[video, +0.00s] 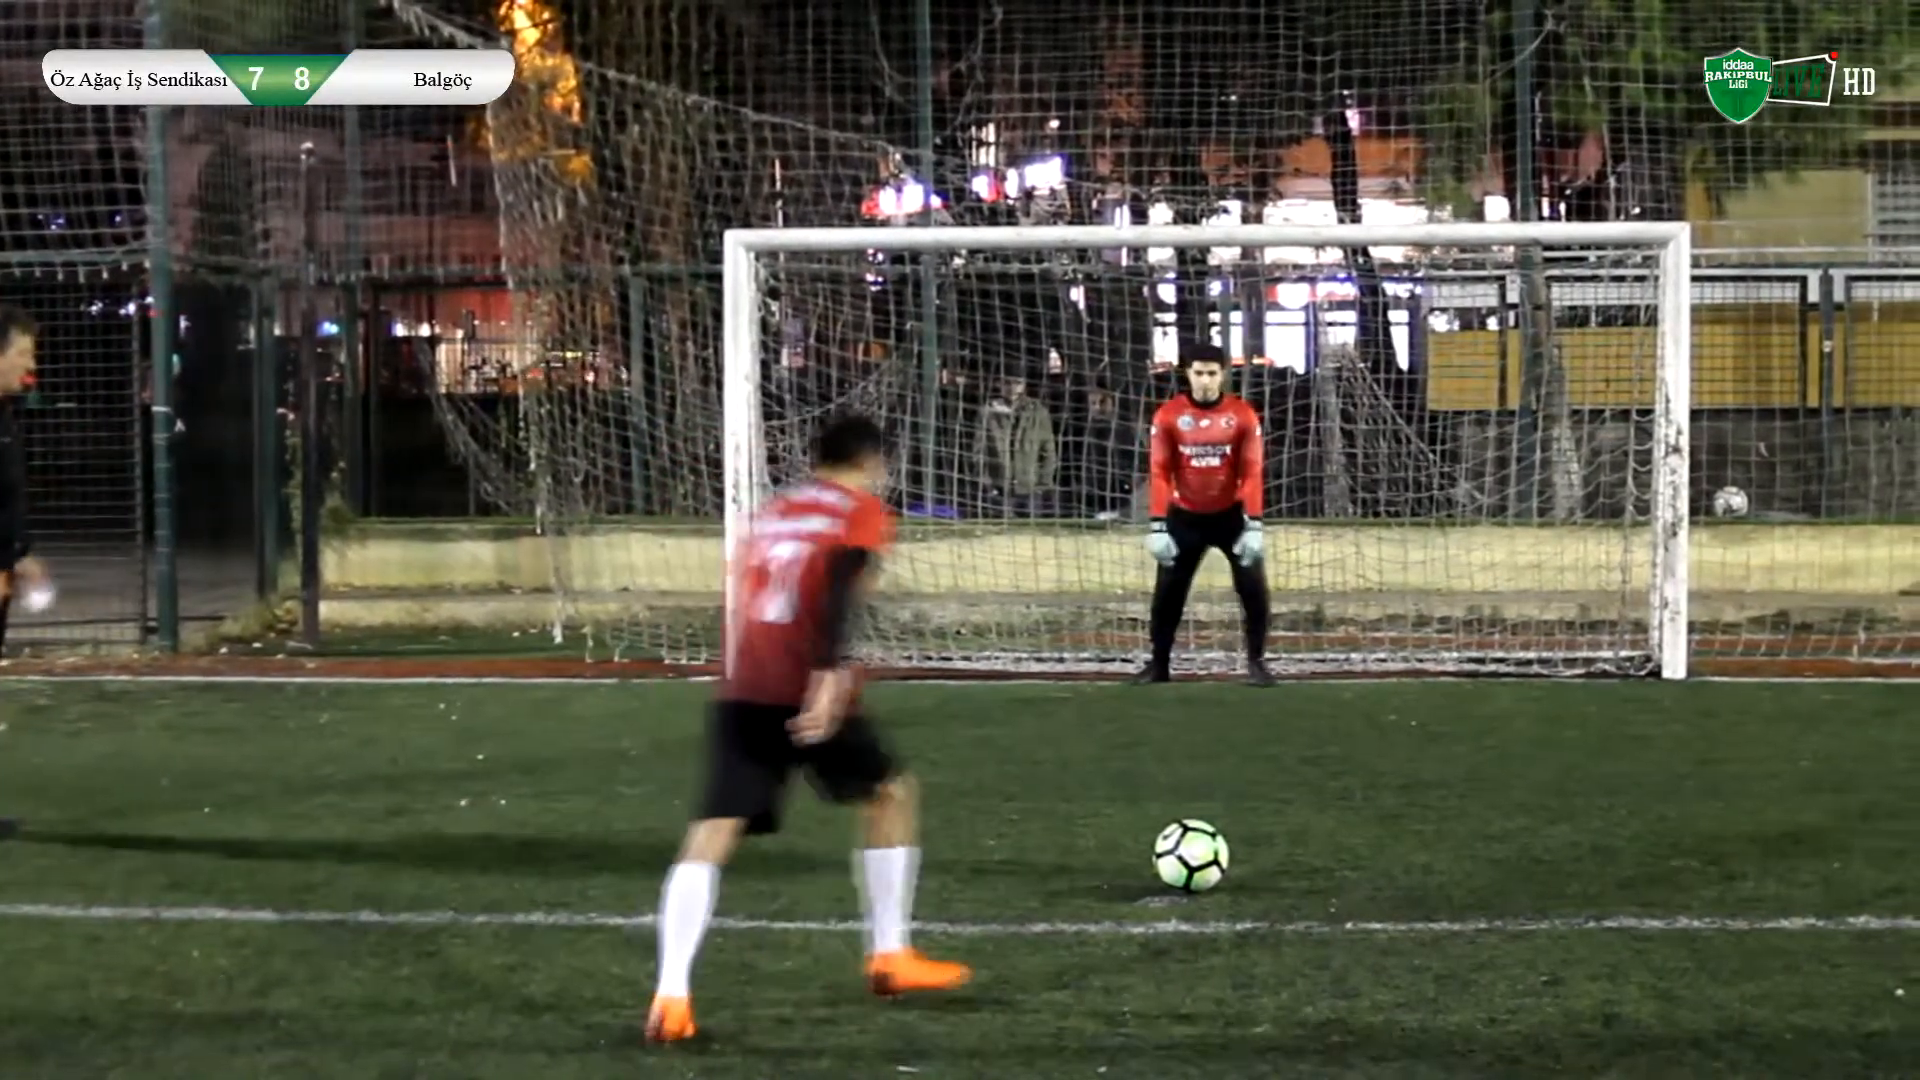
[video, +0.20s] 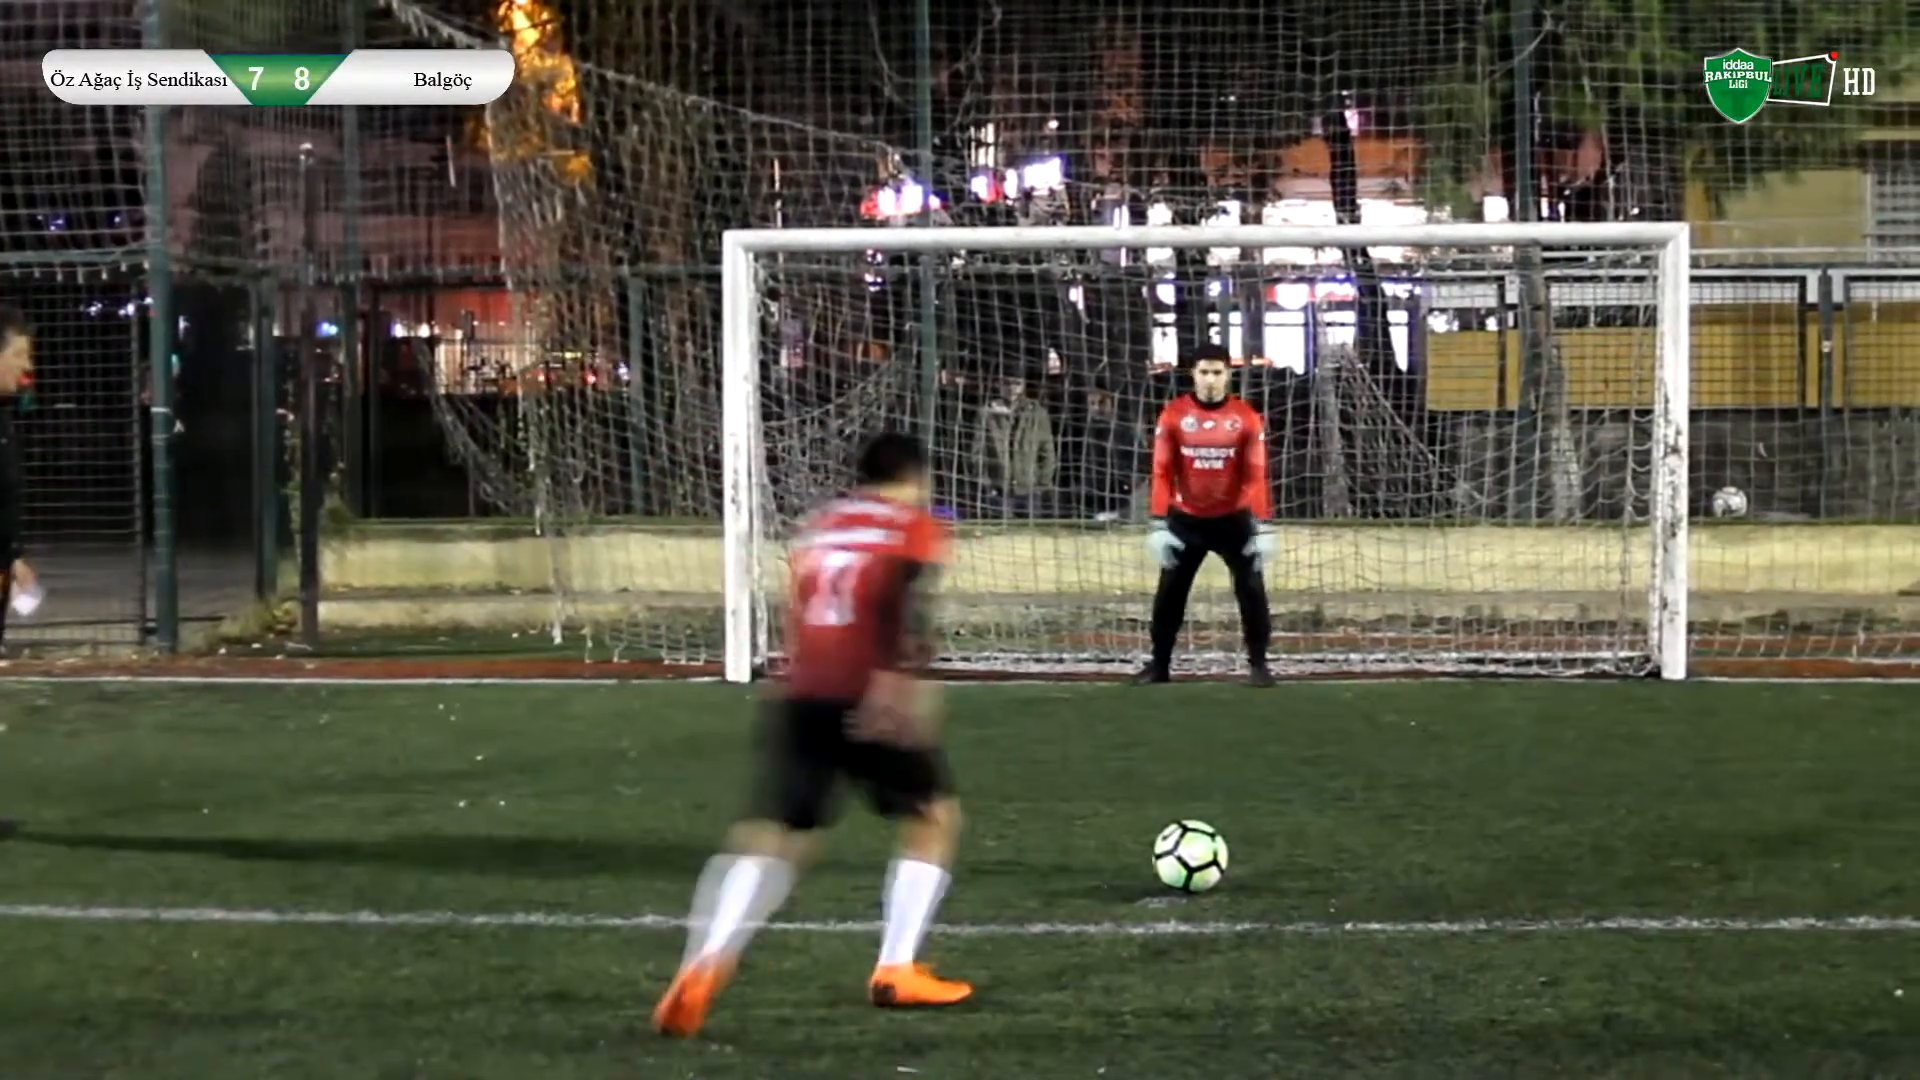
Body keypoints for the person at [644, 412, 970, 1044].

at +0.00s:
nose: (882, 474)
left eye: (882, 464)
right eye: (881, 464)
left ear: (821, 458)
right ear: (868, 462)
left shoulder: (768, 511)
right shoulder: (862, 511)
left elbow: (748, 600)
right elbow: (842, 588)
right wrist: (833, 672)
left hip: (740, 695)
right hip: (807, 693)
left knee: (712, 832)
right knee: (889, 791)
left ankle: (671, 992)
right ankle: (891, 950)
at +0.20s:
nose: (926, 490)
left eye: (923, 481)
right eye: (924, 480)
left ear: (866, 475)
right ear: (912, 478)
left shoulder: (819, 523)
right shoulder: (915, 528)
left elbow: (798, 614)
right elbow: (910, 602)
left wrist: (812, 667)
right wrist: (900, 672)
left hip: (802, 697)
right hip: (870, 698)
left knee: (784, 832)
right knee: (933, 814)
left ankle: (707, 961)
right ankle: (897, 963)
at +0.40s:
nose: (960, 480)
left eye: (958, 470)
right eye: (957, 470)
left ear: (899, 471)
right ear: (949, 472)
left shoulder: (860, 518)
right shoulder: (960, 525)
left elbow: (821, 538)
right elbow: (1006, 607)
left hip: (860, 695)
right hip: (919, 696)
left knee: (920, 827)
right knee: (964, 826)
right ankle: (905, 960)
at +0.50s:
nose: (970, 461)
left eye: (965, 452)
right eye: (968, 452)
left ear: (912, 455)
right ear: (959, 453)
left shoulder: (874, 499)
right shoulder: (984, 510)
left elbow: (804, 492)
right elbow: (1033, 592)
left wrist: (843, 545)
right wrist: (1083, 642)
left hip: (881, 678)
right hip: (942, 678)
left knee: (946, 800)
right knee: (971, 819)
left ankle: (907, 898)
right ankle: (912, 947)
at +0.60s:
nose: (974, 441)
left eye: (968, 432)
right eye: (972, 431)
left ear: (918, 438)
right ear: (967, 436)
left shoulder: (894, 488)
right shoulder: (998, 492)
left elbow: (803, 479)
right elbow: (1057, 560)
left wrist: (829, 541)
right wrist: (1100, 598)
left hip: (917, 663)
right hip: (973, 660)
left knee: (1002, 765)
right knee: (978, 793)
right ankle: (930, 920)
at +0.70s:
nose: (983, 431)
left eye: (979, 423)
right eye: (980, 423)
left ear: (924, 433)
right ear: (975, 427)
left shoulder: (897, 488)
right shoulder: (1009, 483)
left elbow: (804, 503)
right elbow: (1074, 555)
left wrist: (815, 559)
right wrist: (1139, 580)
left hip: (948, 663)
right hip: (1006, 656)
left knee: (1019, 764)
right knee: (1015, 781)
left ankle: (1059, 863)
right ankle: (959, 848)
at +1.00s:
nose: (1001, 455)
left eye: (997, 448)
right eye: (998, 448)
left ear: (945, 456)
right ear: (992, 450)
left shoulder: (926, 520)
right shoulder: (1012, 510)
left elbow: (900, 604)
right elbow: (1055, 567)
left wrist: (891, 672)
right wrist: (1110, 609)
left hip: (973, 677)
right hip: (1028, 669)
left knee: (1048, 748)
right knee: (1114, 734)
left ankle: (1082, 865)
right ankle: (1151, 850)